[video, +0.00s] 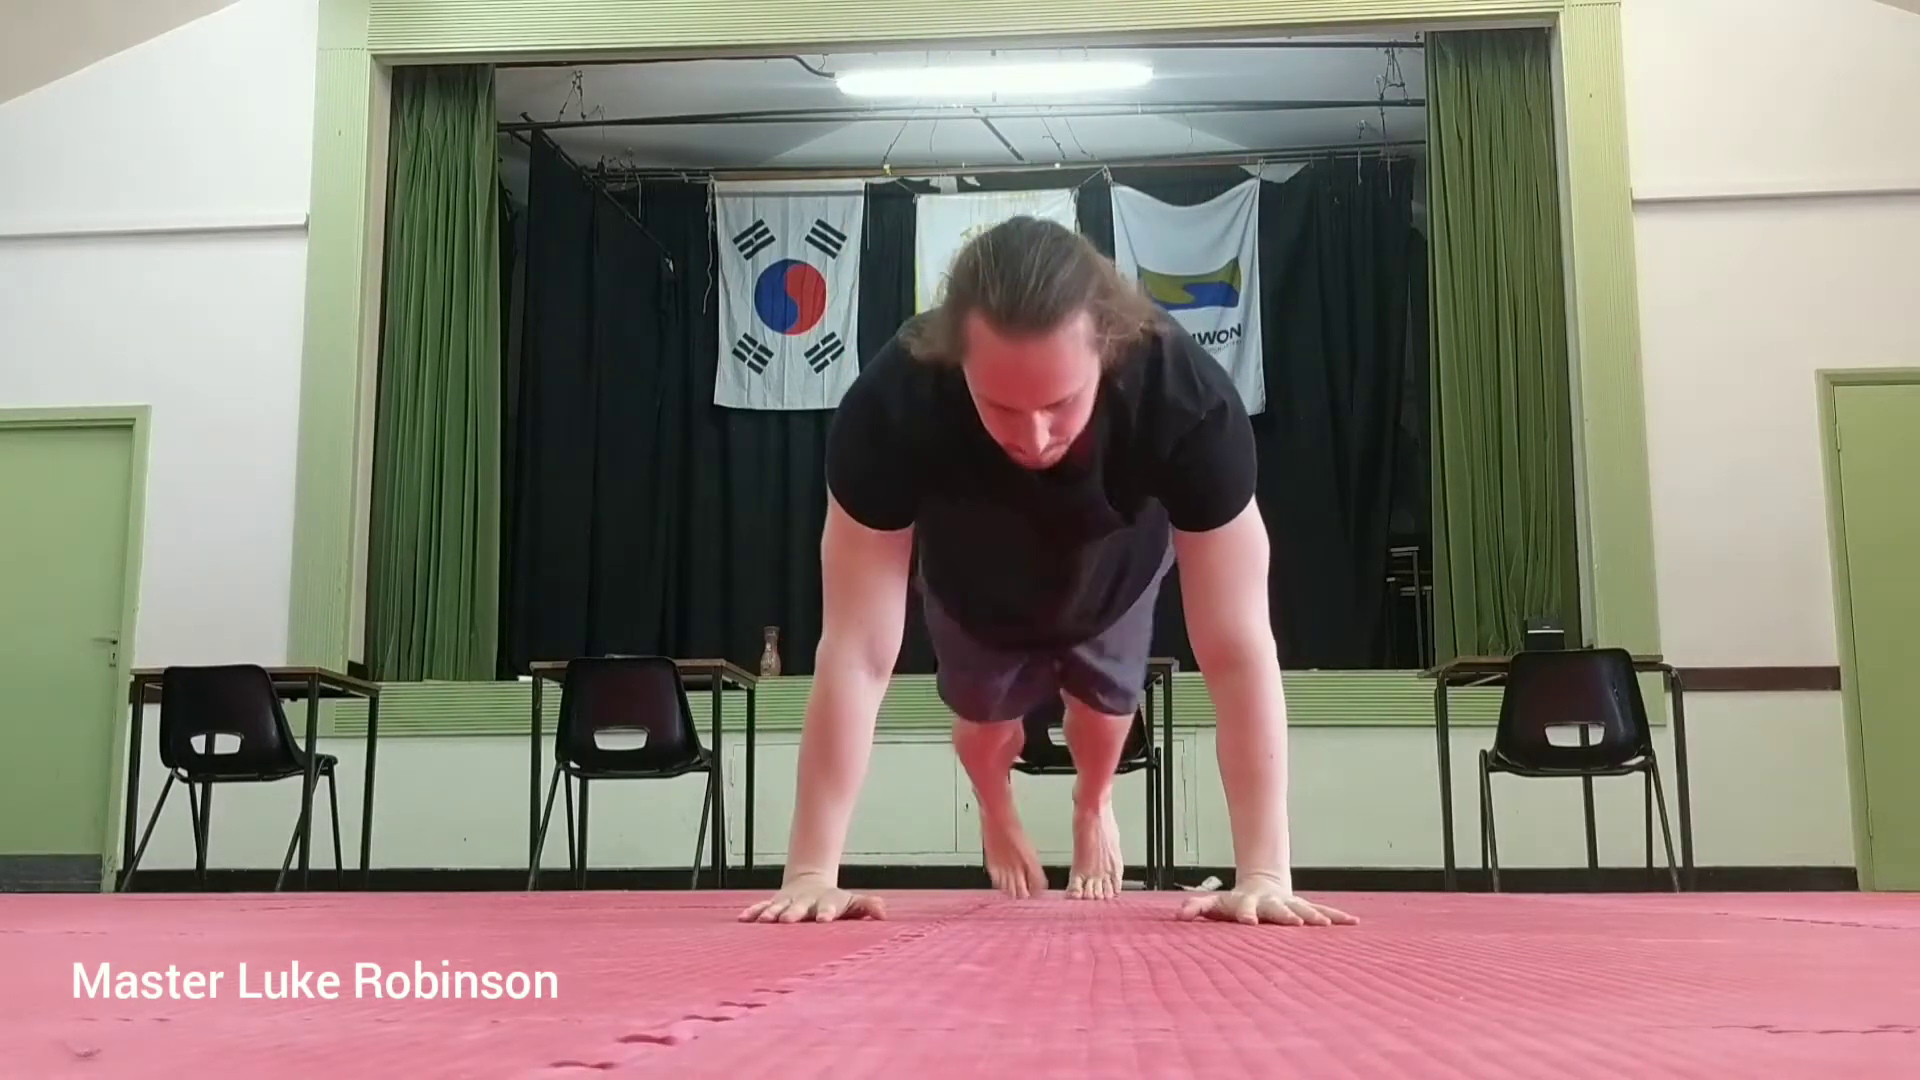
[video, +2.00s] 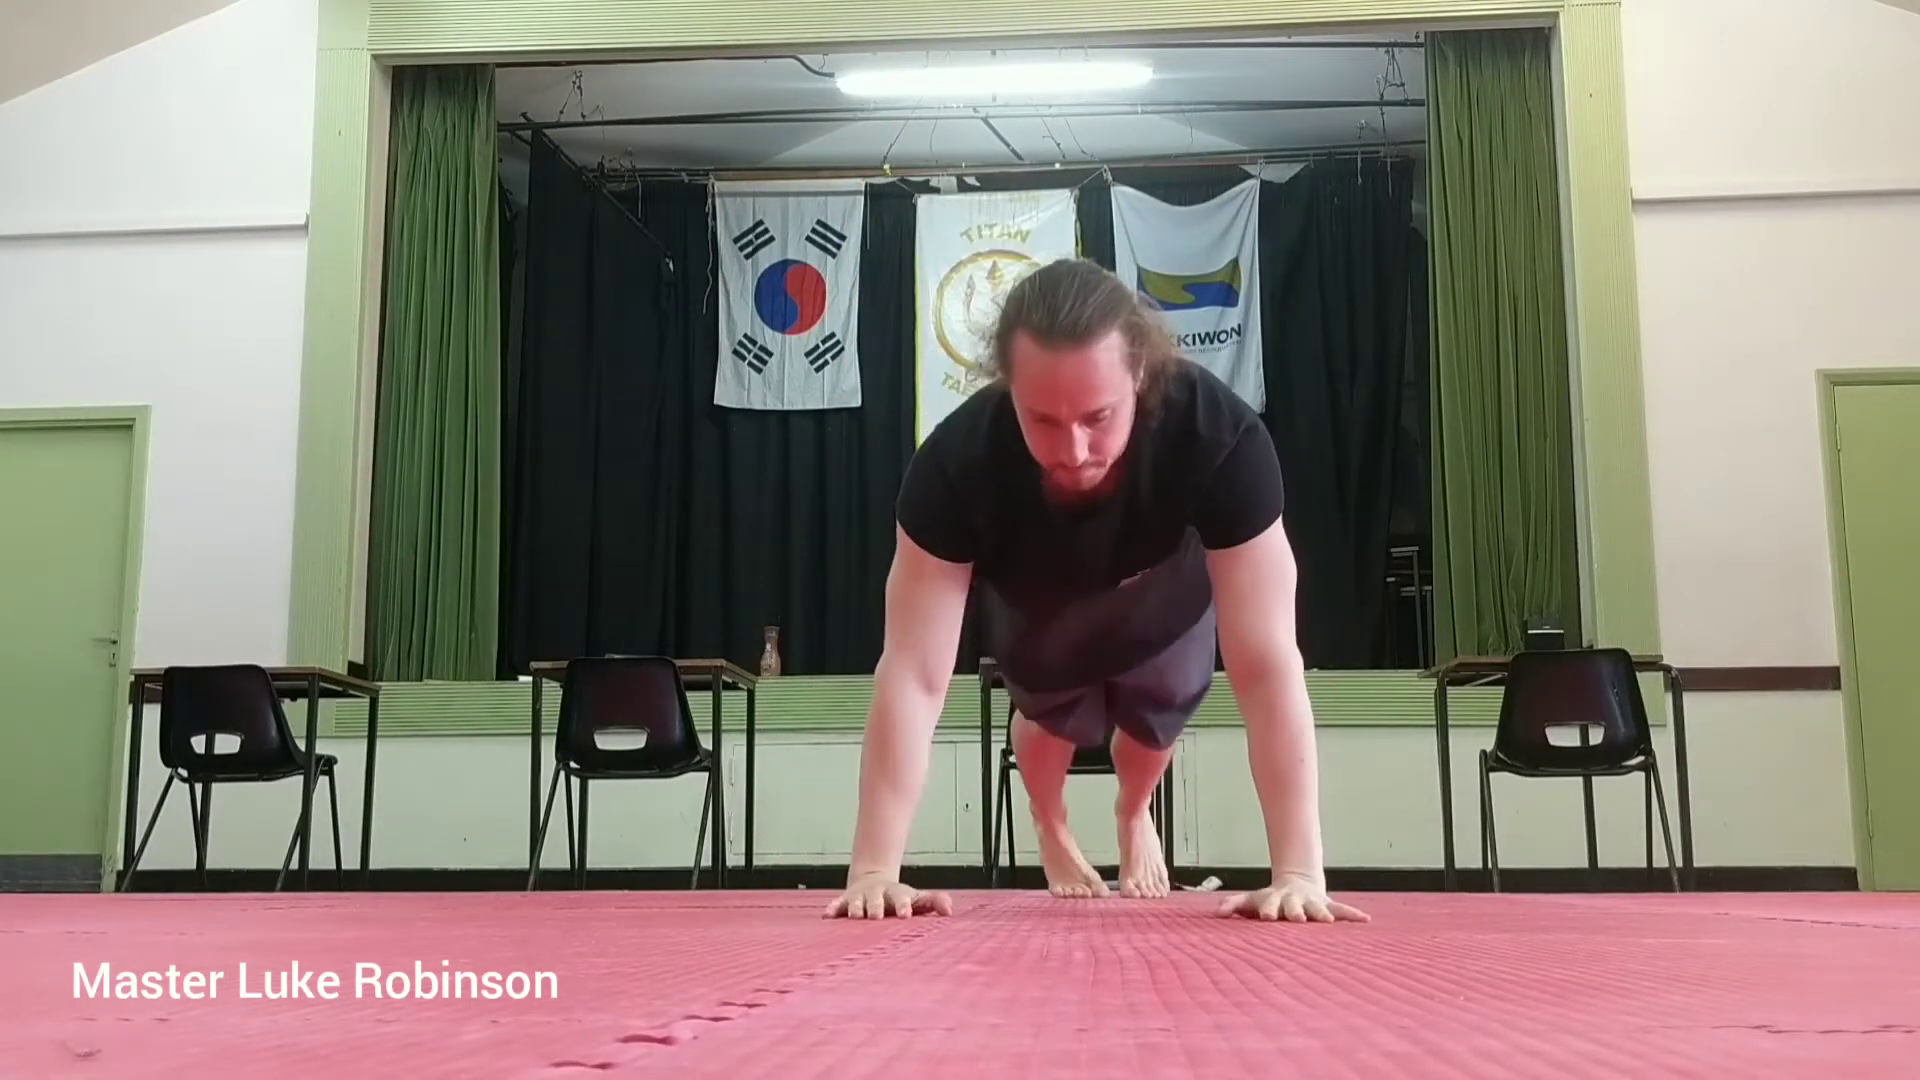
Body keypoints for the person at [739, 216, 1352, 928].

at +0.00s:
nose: (1033, 438)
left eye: (1061, 406)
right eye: (1004, 410)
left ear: (1107, 353)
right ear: (959, 360)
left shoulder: (1185, 406)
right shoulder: (893, 412)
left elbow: (1238, 653)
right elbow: (856, 652)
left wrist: (1262, 873)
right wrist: (811, 868)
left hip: (1114, 589)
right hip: (973, 594)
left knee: (1106, 714)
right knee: (986, 724)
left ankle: (1094, 813)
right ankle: (998, 819)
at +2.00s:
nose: (1075, 451)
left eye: (1099, 419)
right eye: (1046, 423)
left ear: (1140, 379)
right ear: (1010, 389)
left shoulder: (1219, 443)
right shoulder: (957, 466)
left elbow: (1266, 666)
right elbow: (913, 674)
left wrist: (1298, 873)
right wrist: (874, 870)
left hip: (1167, 617)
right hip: (1040, 627)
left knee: (1155, 725)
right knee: (1050, 724)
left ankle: (1136, 817)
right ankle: (1052, 829)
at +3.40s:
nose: (1078, 469)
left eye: (1102, 435)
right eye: (1050, 441)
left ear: (1145, 403)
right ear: (1008, 416)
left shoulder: (1226, 481)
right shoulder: (955, 492)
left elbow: (1325, 688)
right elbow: (868, 688)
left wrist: (1331, 875)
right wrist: (850, 876)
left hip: (1165, 669)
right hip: (1032, 678)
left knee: (1152, 760)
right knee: (1066, 767)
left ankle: (1144, 813)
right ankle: (1087, 817)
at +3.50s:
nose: (1082, 617)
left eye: (1103, 582)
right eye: (1051, 587)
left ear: (1147, 544)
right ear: (1010, 557)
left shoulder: (1228, 571)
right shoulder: (958, 591)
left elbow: (1356, 713)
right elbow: (822, 721)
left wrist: (1334, 870)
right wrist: (846, 874)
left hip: (1164, 751)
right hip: (1042, 767)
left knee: (1156, 789)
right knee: (1071, 808)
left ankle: (1148, 829)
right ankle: (1082, 840)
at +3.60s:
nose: (1076, 702)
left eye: (1101, 669)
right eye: (1048, 674)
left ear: (1149, 629)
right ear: (1003, 642)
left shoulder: (1236, 643)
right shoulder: (948, 664)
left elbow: (1375, 715)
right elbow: (808, 723)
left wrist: (1336, 875)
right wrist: (844, 875)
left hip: (1165, 789)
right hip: (1031, 802)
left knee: (1153, 820)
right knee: (1060, 836)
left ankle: (1150, 850)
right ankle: (1079, 858)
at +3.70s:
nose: (1073, 767)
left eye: (1098, 732)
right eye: (1041, 736)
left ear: (1144, 689)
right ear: (997, 696)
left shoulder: (1230, 690)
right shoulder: (943, 711)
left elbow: (1383, 708)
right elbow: (802, 722)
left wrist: (1335, 875)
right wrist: (842, 874)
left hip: (1161, 830)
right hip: (1014, 854)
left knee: (1148, 867)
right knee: (1047, 870)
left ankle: (1146, 880)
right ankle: (1097, 881)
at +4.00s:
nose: (1077, 750)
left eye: (1102, 714)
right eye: (1044, 716)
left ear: (1147, 680)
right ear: (999, 686)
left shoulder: (1229, 697)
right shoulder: (946, 705)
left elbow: (1380, 711)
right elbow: (800, 719)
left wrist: (1333, 875)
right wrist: (843, 872)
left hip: (1152, 844)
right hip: (1024, 858)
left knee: (1152, 872)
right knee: (1049, 887)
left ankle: (1157, 877)